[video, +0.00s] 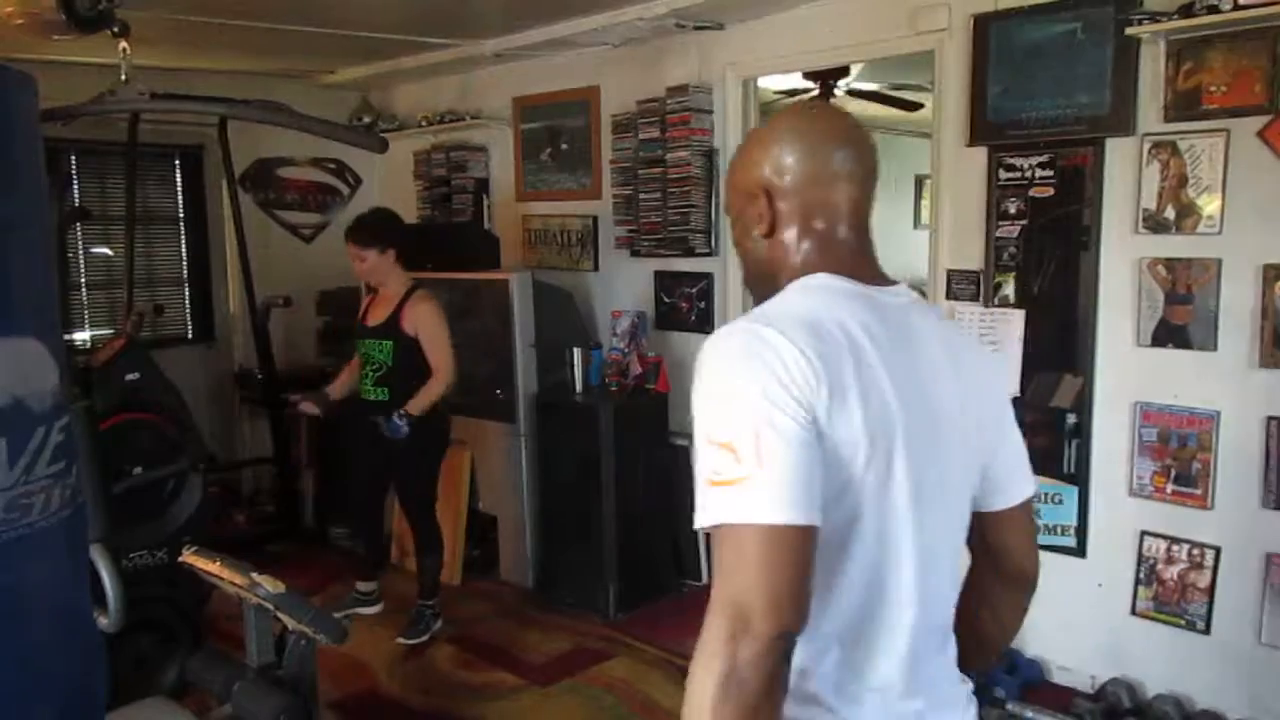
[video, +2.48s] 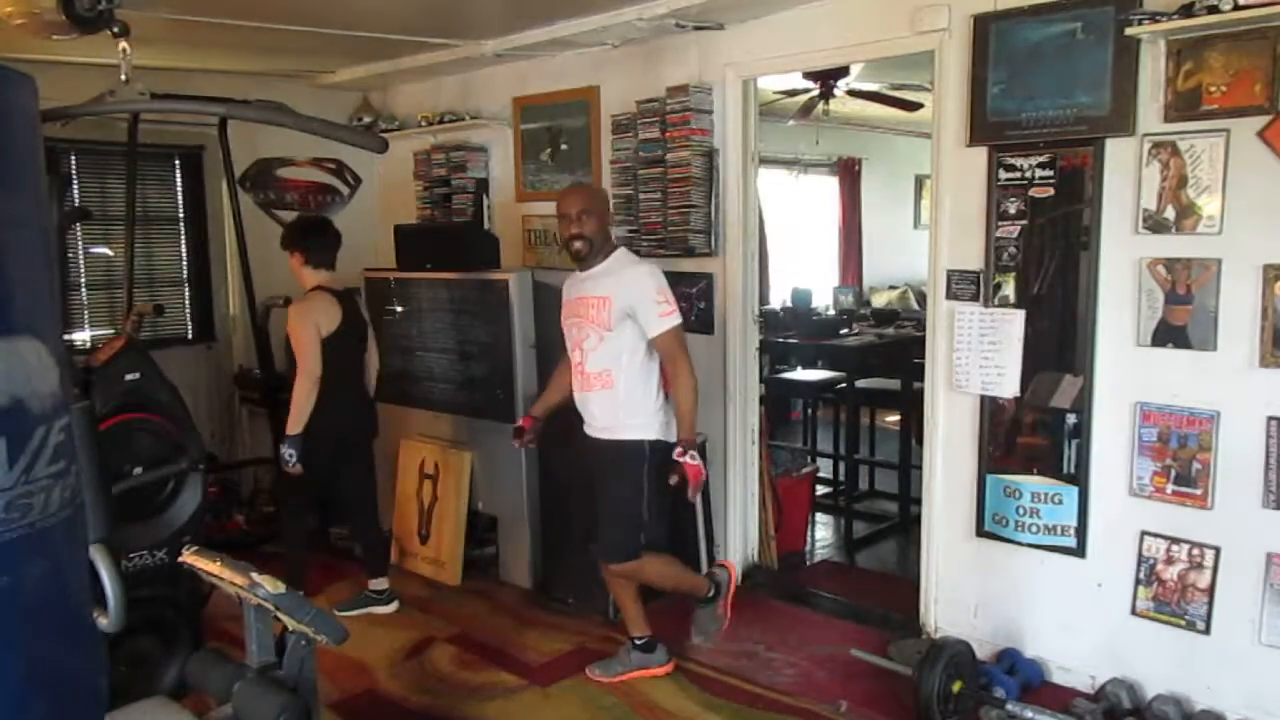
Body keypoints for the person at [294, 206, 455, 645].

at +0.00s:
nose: (354, 268)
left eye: (361, 259)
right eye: (352, 259)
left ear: (390, 255)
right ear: (371, 256)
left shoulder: (421, 306)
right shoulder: (371, 300)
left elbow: (444, 374)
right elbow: (362, 362)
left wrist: (407, 414)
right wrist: (326, 398)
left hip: (416, 426)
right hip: (372, 424)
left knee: (419, 511)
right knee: (367, 505)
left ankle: (428, 605)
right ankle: (368, 589)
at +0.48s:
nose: (352, 262)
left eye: (359, 253)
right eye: (350, 254)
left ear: (387, 253)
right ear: (358, 253)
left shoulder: (411, 306)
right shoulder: (367, 297)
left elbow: (448, 363)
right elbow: (366, 357)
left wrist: (391, 394)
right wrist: (339, 390)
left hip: (409, 427)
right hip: (372, 424)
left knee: (414, 512)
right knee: (380, 508)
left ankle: (427, 606)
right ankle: (381, 589)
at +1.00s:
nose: (352, 260)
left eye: (359, 252)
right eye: (350, 252)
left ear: (386, 253)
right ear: (358, 255)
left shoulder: (413, 305)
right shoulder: (364, 301)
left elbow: (392, 368)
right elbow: (337, 347)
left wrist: (336, 356)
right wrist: (305, 348)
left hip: (408, 425)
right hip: (370, 423)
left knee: (413, 511)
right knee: (381, 508)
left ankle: (427, 605)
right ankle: (381, 590)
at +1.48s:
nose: (339, 260)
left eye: (345, 251)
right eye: (338, 252)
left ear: (371, 252)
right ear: (361, 254)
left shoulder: (402, 306)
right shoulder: (364, 302)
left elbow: (408, 377)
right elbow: (351, 361)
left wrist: (348, 406)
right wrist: (311, 389)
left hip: (408, 421)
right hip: (375, 418)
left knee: (412, 510)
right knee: (381, 505)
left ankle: (427, 606)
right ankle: (381, 590)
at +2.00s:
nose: (314, 263)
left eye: (316, 256)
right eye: (315, 255)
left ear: (325, 261)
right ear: (356, 255)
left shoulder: (348, 312)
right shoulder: (368, 301)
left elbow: (367, 376)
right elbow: (378, 369)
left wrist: (348, 437)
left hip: (363, 424)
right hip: (378, 417)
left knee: (354, 509)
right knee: (371, 503)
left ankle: (405, 593)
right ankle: (383, 584)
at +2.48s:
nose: (289, 262)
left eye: (290, 255)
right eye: (290, 254)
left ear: (298, 258)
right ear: (332, 254)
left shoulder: (303, 310)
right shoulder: (353, 302)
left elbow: (309, 376)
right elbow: (372, 364)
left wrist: (291, 436)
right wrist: (362, 404)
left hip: (321, 425)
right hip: (357, 419)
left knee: (300, 506)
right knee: (362, 503)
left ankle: (294, 589)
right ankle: (379, 586)